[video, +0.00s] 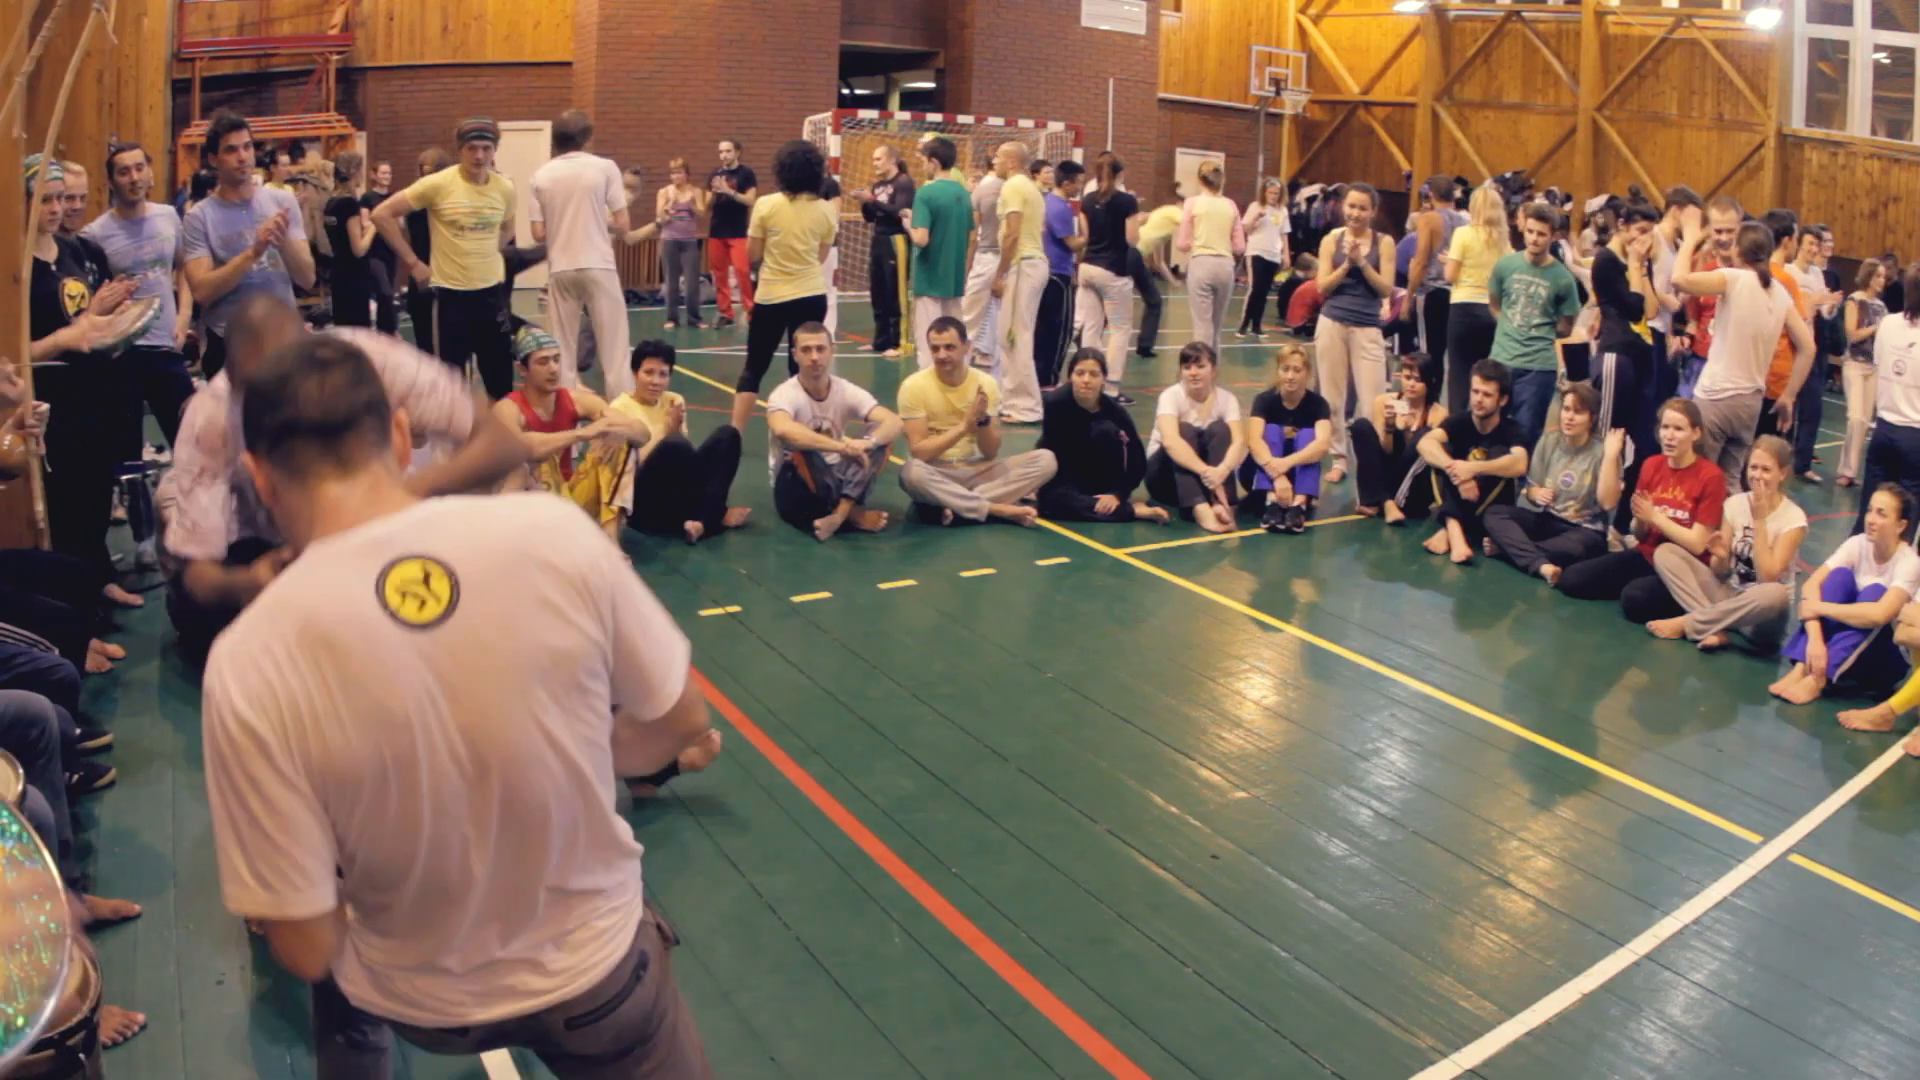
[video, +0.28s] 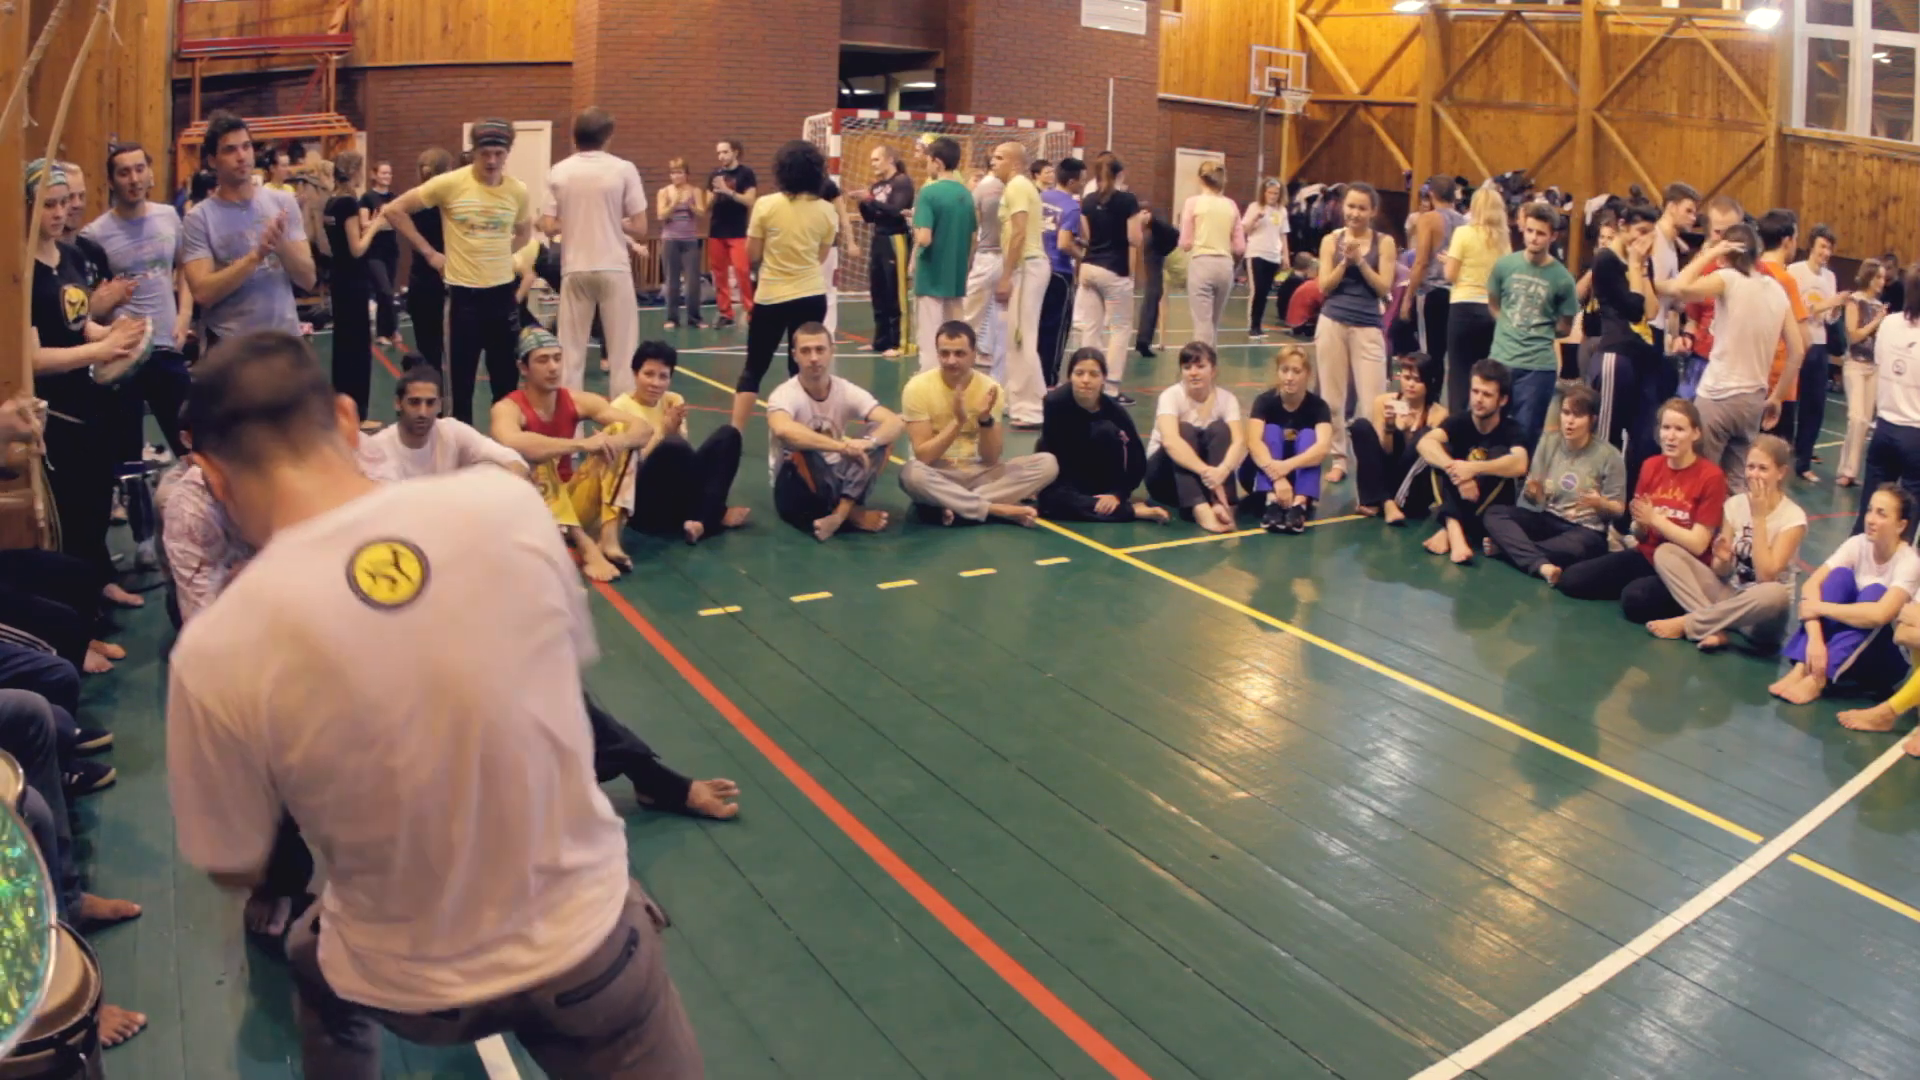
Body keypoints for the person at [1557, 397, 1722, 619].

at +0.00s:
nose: (1669, 435)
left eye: (1678, 429)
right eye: (1665, 427)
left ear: (1696, 434)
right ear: (1658, 430)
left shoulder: (1711, 476)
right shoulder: (1651, 465)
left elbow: (1697, 544)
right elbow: (1639, 533)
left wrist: (1653, 517)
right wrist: (1641, 516)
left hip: (1683, 566)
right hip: (1647, 555)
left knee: (1634, 601)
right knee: (1571, 581)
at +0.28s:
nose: (1671, 436)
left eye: (1679, 429)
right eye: (1666, 428)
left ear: (1696, 434)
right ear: (1658, 431)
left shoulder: (1711, 476)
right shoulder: (1651, 465)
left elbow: (1698, 544)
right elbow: (1639, 534)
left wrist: (1653, 519)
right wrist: (1641, 520)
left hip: (1684, 566)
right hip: (1647, 555)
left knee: (1634, 601)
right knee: (1570, 581)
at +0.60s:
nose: (1667, 435)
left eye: (1676, 428)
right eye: (1663, 427)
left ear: (1695, 433)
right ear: (1657, 430)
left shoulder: (1712, 476)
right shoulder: (1652, 465)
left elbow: (1700, 545)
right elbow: (1639, 534)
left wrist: (1654, 520)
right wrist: (1641, 520)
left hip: (1684, 567)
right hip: (1647, 555)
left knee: (1634, 601)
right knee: (1570, 581)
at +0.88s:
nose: (1669, 436)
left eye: (1678, 429)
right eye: (1664, 428)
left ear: (1696, 434)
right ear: (1657, 431)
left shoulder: (1712, 477)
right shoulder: (1652, 466)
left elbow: (1701, 545)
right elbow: (1641, 533)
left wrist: (1661, 520)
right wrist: (1633, 515)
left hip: (1683, 567)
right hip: (1647, 556)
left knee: (1634, 601)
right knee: (1570, 581)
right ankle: (1636, 580)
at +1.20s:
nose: (1670, 436)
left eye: (1679, 430)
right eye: (1665, 429)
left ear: (1696, 434)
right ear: (1658, 431)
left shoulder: (1712, 477)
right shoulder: (1652, 466)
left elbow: (1699, 545)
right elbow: (1639, 533)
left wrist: (1653, 518)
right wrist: (1639, 513)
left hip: (1683, 567)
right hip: (1647, 556)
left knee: (1634, 600)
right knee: (1570, 581)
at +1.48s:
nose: (1669, 438)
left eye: (1678, 431)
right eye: (1664, 430)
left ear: (1696, 434)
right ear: (1657, 432)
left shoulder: (1711, 477)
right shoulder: (1651, 466)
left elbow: (1699, 544)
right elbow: (1639, 534)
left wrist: (1652, 518)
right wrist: (1640, 516)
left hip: (1684, 567)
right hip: (1647, 556)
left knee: (1634, 601)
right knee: (1570, 581)